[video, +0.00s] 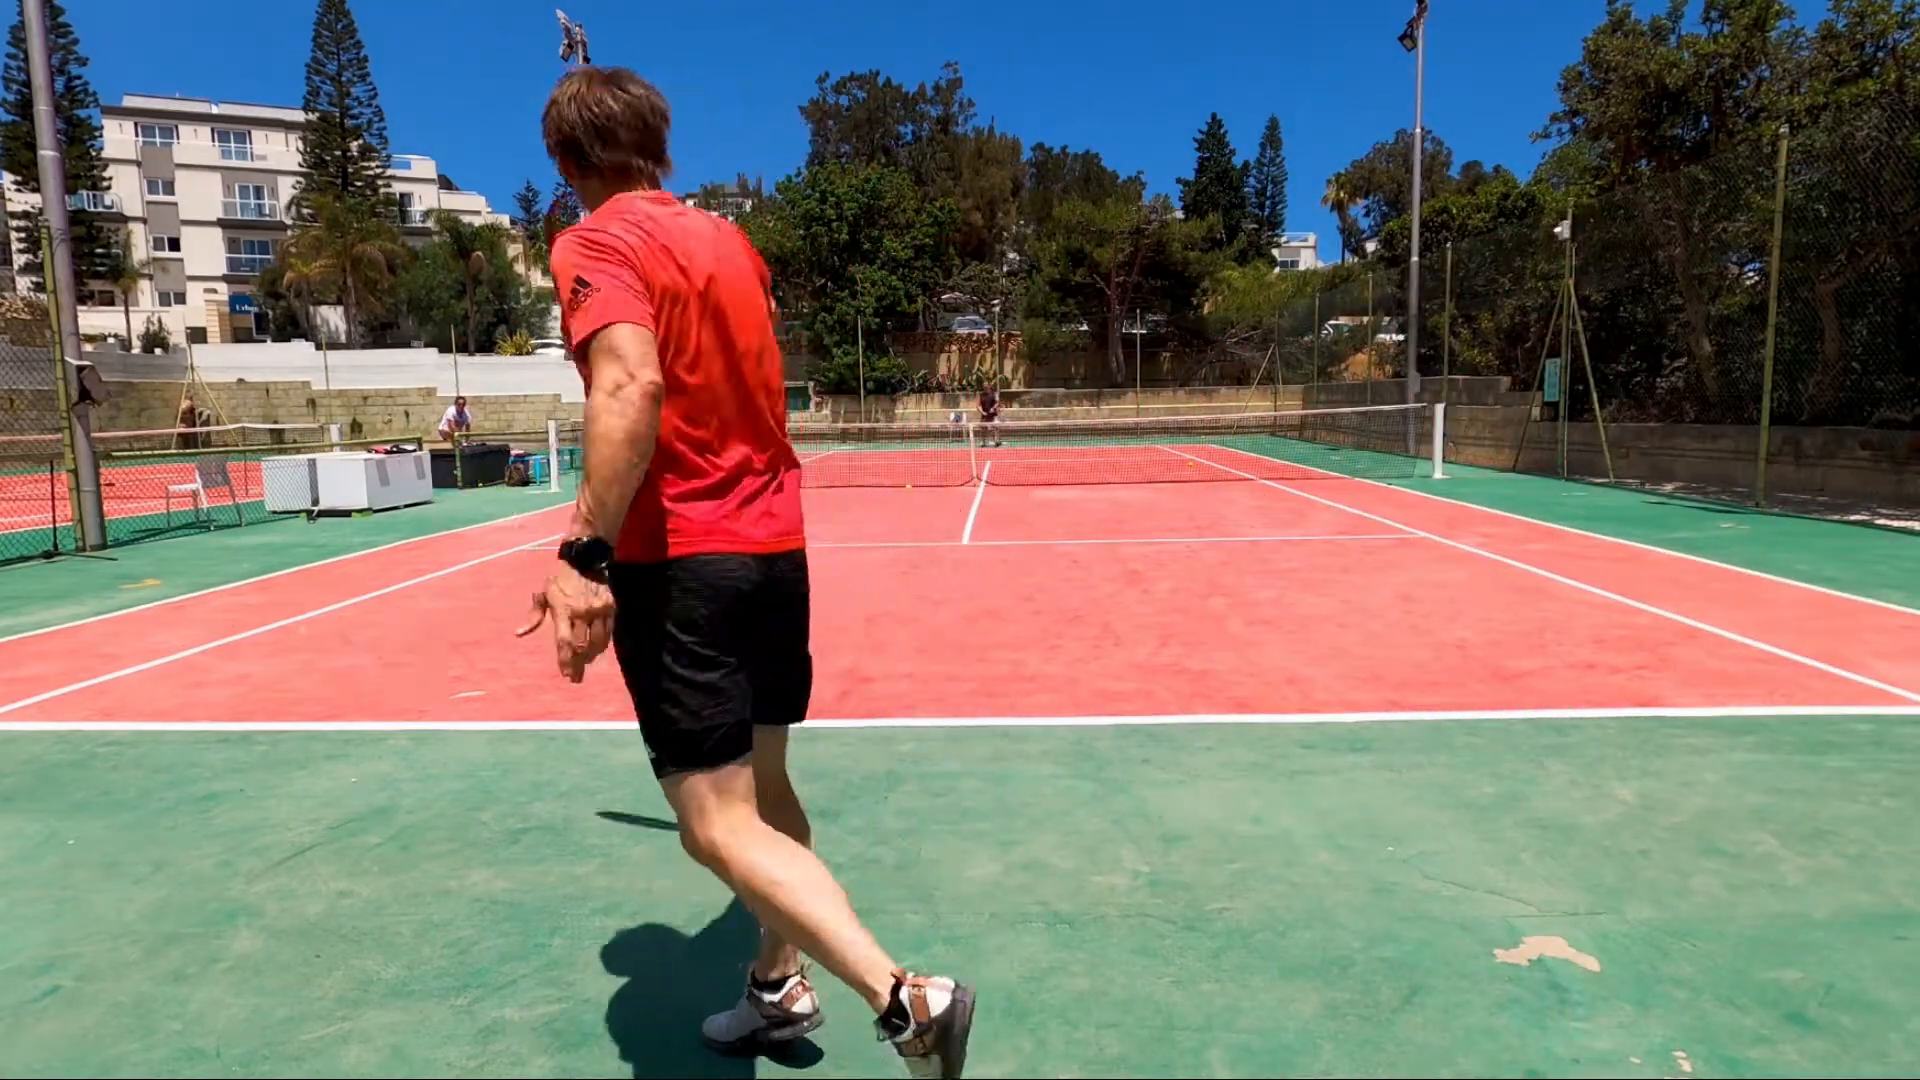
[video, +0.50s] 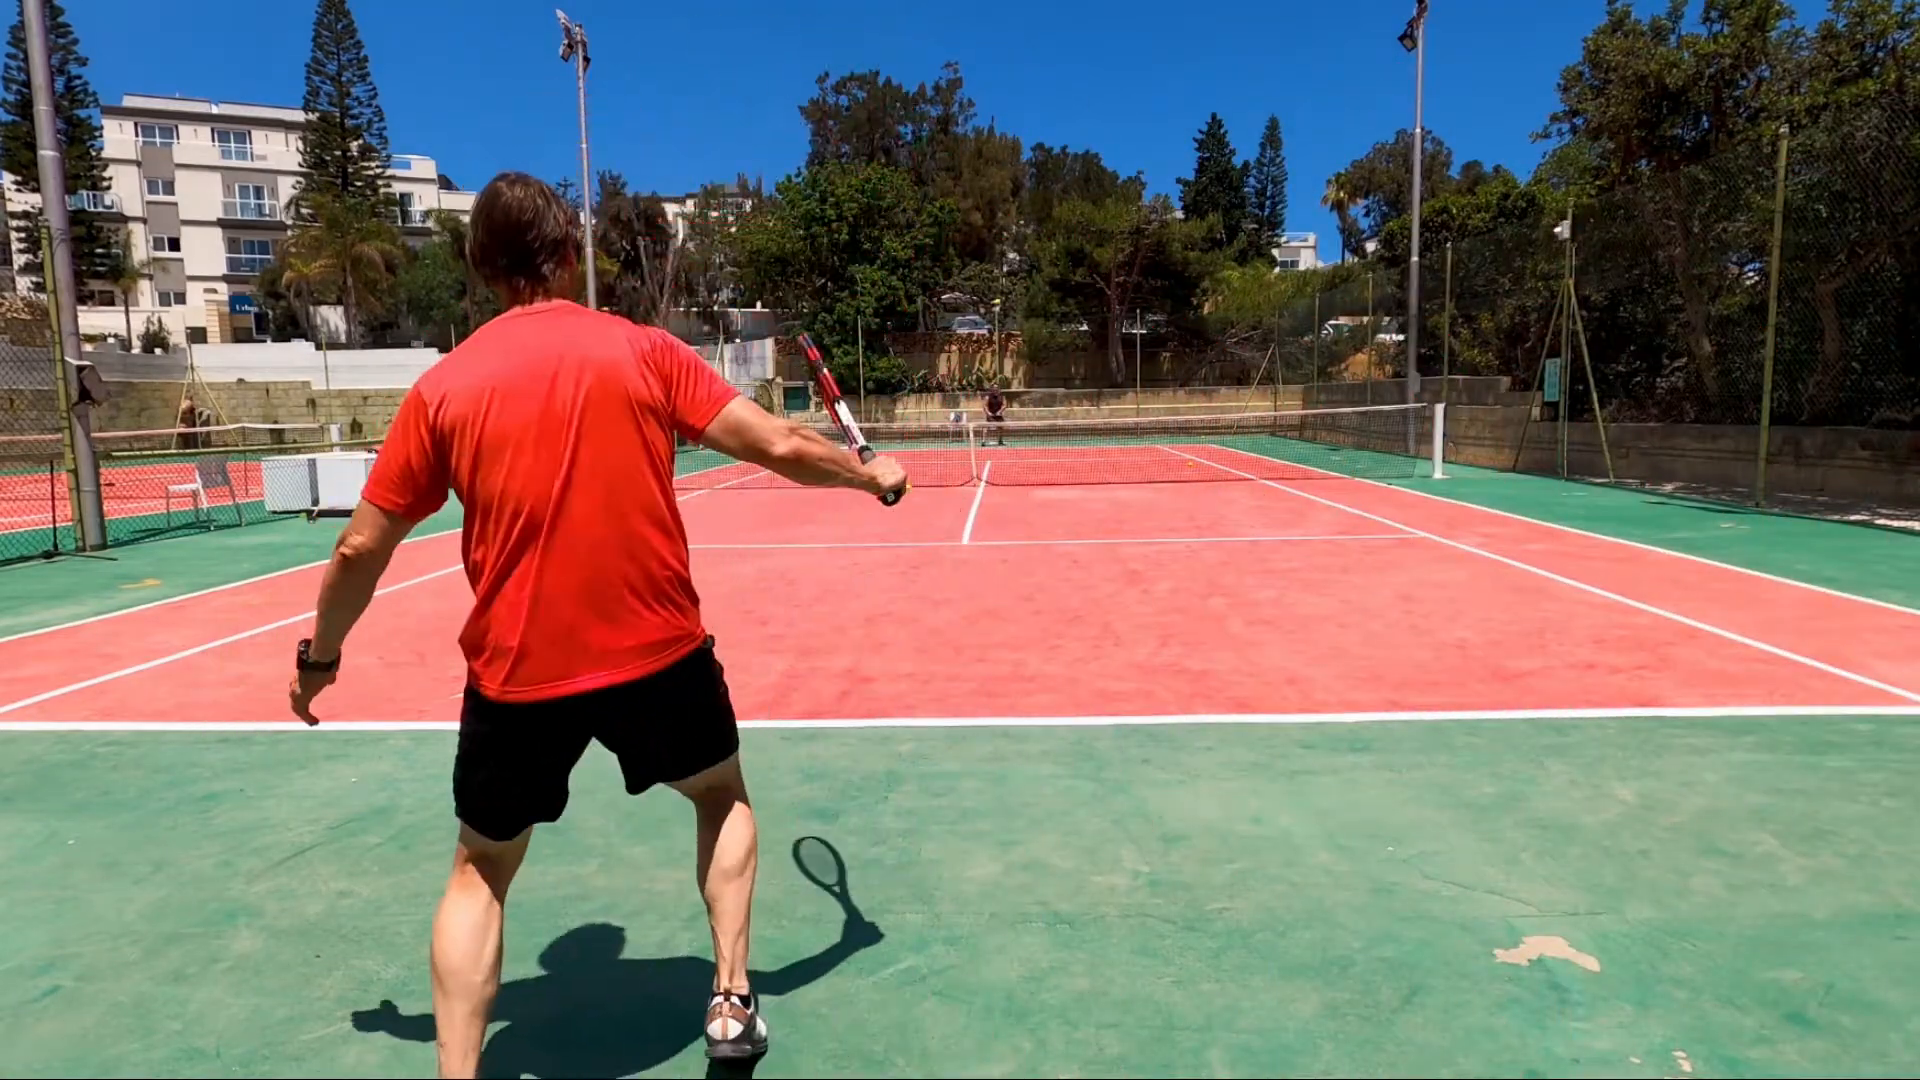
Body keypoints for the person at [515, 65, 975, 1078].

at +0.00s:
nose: (561, 179)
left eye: (558, 165)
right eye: (564, 165)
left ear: (570, 162)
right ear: (658, 148)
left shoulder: (596, 242)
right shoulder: (729, 239)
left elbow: (630, 384)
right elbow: (750, 396)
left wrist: (585, 551)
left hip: (683, 567)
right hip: (776, 558)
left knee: (717, 825)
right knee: (766, 781)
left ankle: (902, 997)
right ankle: (778, 992)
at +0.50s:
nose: (583, 265)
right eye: (580, 253)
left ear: (483, 272)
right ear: (570, 258)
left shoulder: (445, 386)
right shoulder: (640, 350)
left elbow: (363, 546)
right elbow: (775, 445)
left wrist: (321, 649)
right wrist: (866, 469)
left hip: (518, 666)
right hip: (652, 647)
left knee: (482, 865)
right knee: (718, 794)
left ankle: (456, 1071)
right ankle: (732, 1002)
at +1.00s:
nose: (724, 250)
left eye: (717, 239)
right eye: (724, 239)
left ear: (636, 239)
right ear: (713, 242)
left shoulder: (572, 324)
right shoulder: (747, 336)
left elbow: (500, 451)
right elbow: (792, 485)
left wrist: (569, 509)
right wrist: (727, 538)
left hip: (583, 597)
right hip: (699, 603)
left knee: (555, 765)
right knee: (754, 787)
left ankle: (509, 957)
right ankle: (738, 1010)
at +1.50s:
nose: (663, 238)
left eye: (654, 227)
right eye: (661, 227)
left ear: (579, 234)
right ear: (650, 232)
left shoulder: (529, 320)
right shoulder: (673, 319)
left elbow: (485, 433)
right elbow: (731, 433)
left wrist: (549, 472)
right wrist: (694, 487)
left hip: (558, 556)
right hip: (652, 549)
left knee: (572, 703)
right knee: (725, 708)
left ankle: (548, 874)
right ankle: (730, 901)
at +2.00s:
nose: (637, 299)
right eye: (636, 290)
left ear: (566, 292)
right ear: (634, 294)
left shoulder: (518, 366)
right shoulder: (668, 377)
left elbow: (469, 472)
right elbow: (690, 494)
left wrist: (535, 502)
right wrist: (638, 526)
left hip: (542, 582)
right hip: (639, 579)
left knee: (515, 714)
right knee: (704, 713)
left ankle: (482, 861)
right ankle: (720, 867)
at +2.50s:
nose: (439, 393)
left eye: (440, 383)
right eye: (441, 384)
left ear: (451, 382)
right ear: (501, 381)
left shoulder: (465, 424)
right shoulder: (536, 425)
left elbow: (473, 499)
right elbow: (499, 539)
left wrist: (403, 536)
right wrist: (425, 579)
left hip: (554, 593)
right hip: (627, 582)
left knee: (477, 736)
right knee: (602, 656)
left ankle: (527, 885)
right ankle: (641, 781)